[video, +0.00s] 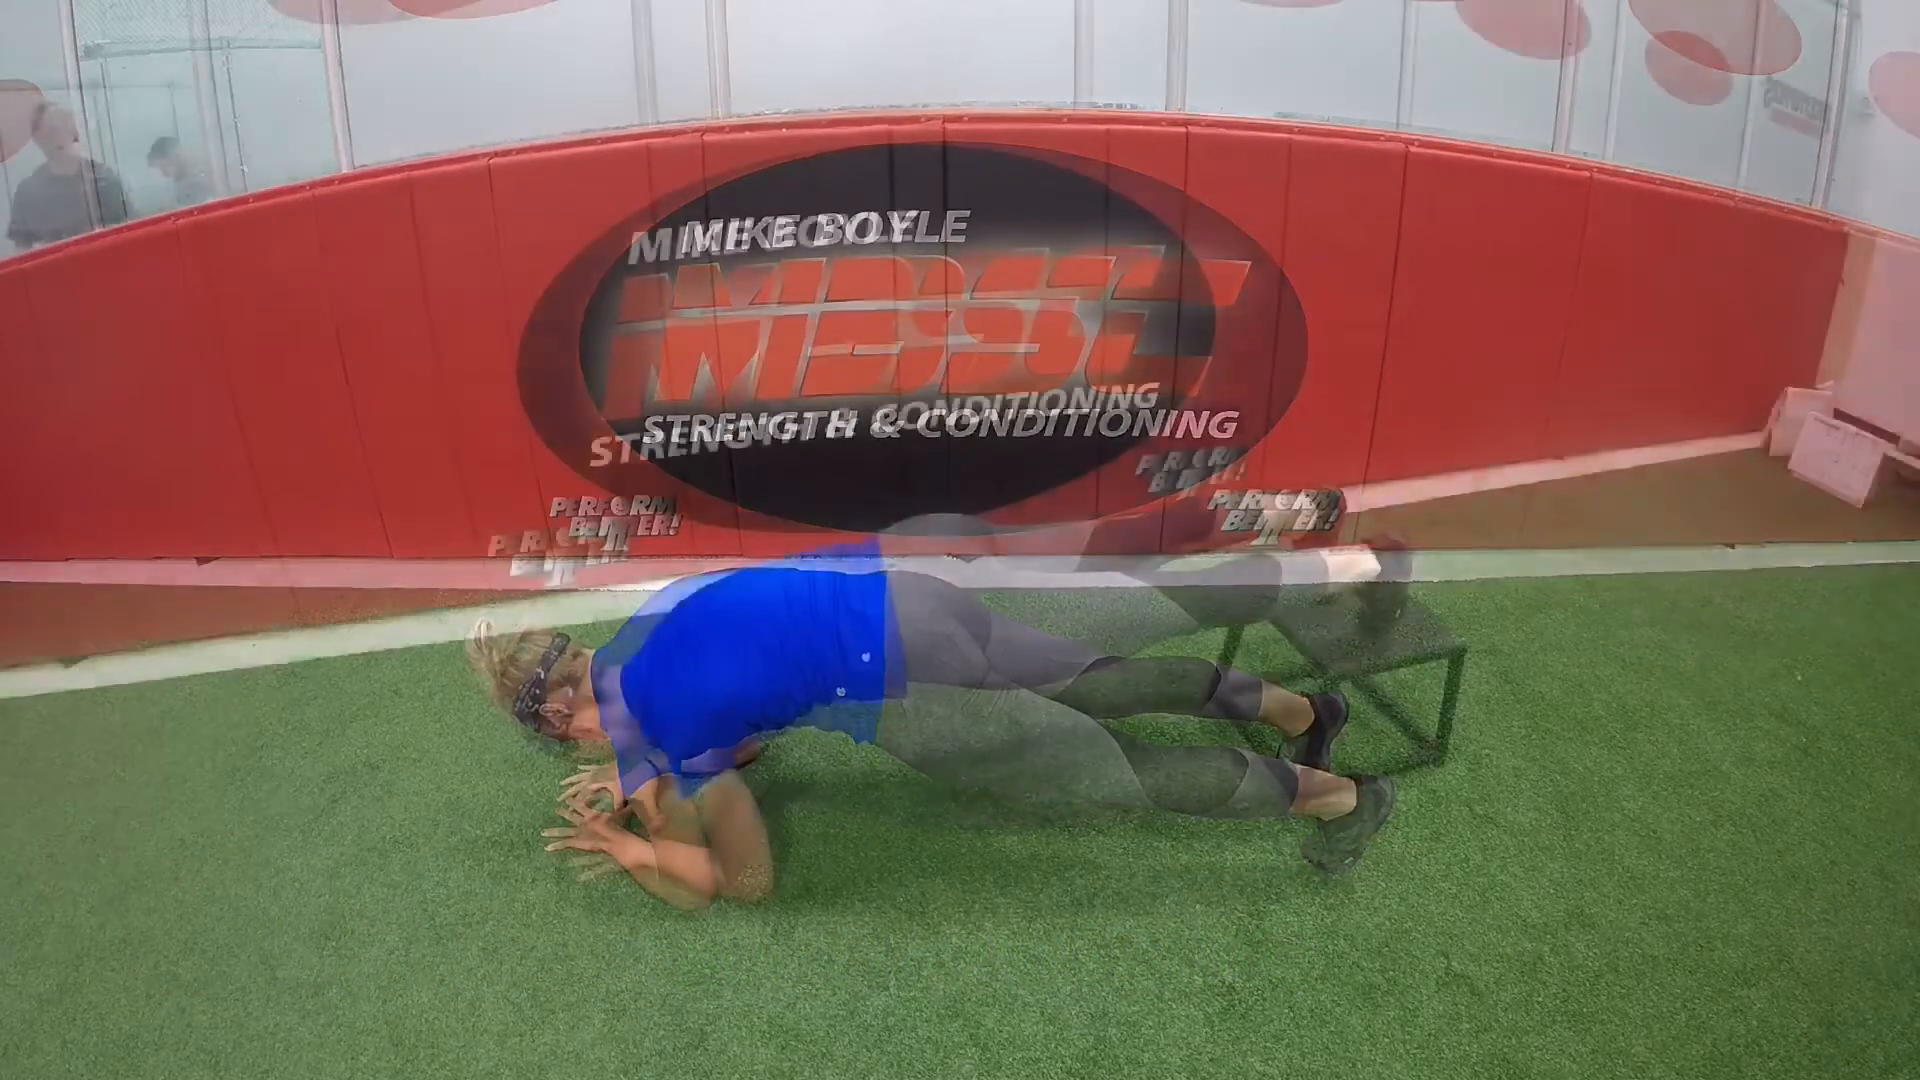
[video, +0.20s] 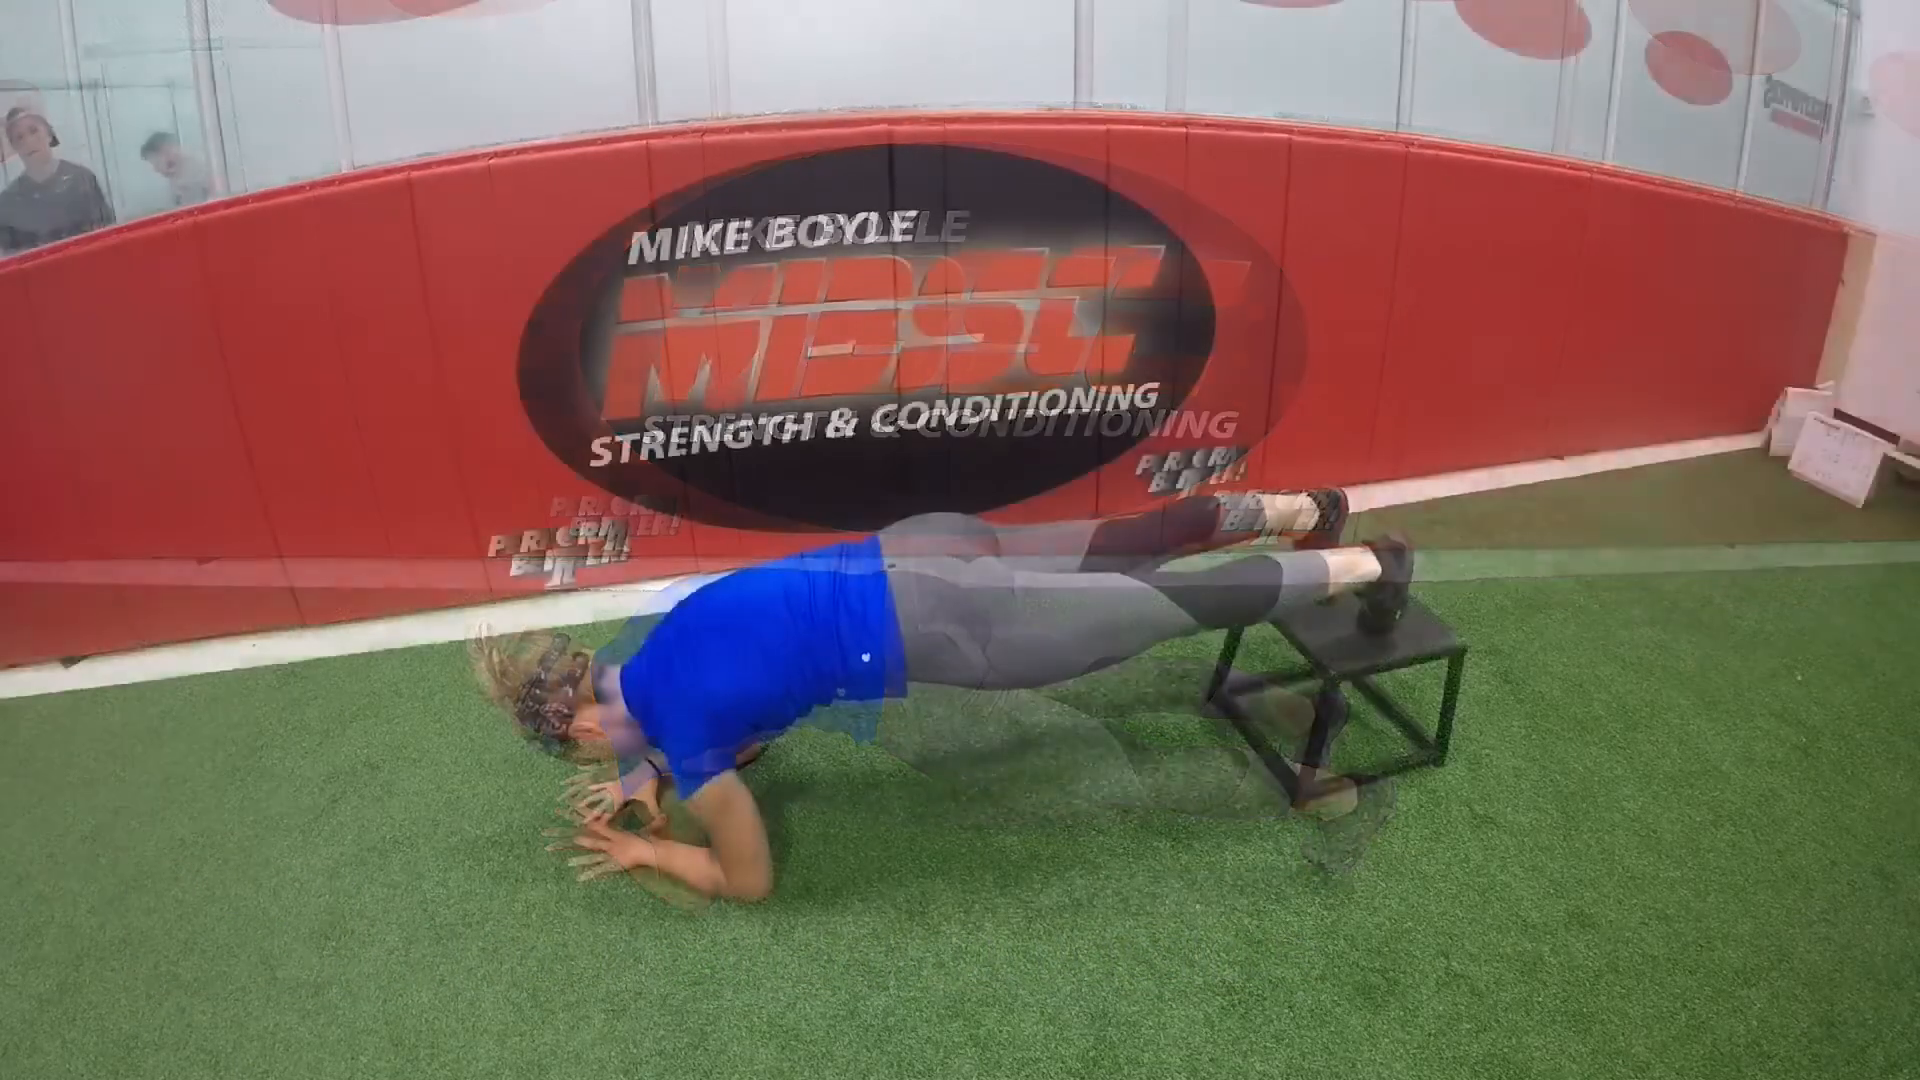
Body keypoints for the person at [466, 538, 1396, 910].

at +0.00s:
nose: (582, 744)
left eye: (564, 732)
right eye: (569, 734)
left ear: (575, 703)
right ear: (581, 660)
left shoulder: (650, 711)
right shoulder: (653, 627)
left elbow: (739, 878)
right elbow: (739, 759)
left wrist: (629, 852)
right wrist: (649, 782)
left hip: (897, 681)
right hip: (906, 583)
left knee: (1106, 774)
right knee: (1082, 670)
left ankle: (1325, 791)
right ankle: (1283, 706)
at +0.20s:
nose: (594, 755)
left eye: (578, 741)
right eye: (580, 745)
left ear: (592, 707)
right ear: (589, 677)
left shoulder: (681, 720)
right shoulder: (658, 640)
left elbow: (744, 880)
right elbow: (746, 756)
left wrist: (641, 858)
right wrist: (659, 808)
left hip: (926, 626)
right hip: (905, 544)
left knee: (1147, 611)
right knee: (1101, 556)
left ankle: (1330, 572)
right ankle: (1260, 514)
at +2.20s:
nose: (609, 752)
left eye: (593, 743)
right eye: (597, 745)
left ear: (602, 710)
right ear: (601, 670)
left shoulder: (689, 717)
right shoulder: (673, 629)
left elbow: (748, 878)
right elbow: (749, 741)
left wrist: (645, 852)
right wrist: (660, 792)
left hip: (942, 629)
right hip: (921, 540)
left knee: (1176, 607)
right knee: (1119, 544)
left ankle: (1346, 566)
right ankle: (1276, 508)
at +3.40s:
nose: (609, 755)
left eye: (593, 746)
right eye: (597, 748)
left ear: (601, 711)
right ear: (600, 673)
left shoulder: (689, 719)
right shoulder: (670, 631)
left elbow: (746, 878)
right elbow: (749, 736)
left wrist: (646, 851)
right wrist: (660, 792)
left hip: (935, 626)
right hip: (918, 539)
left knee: (1165, 613)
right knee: (1114, 547)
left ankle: (1345, 570)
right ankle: (1274, 507)